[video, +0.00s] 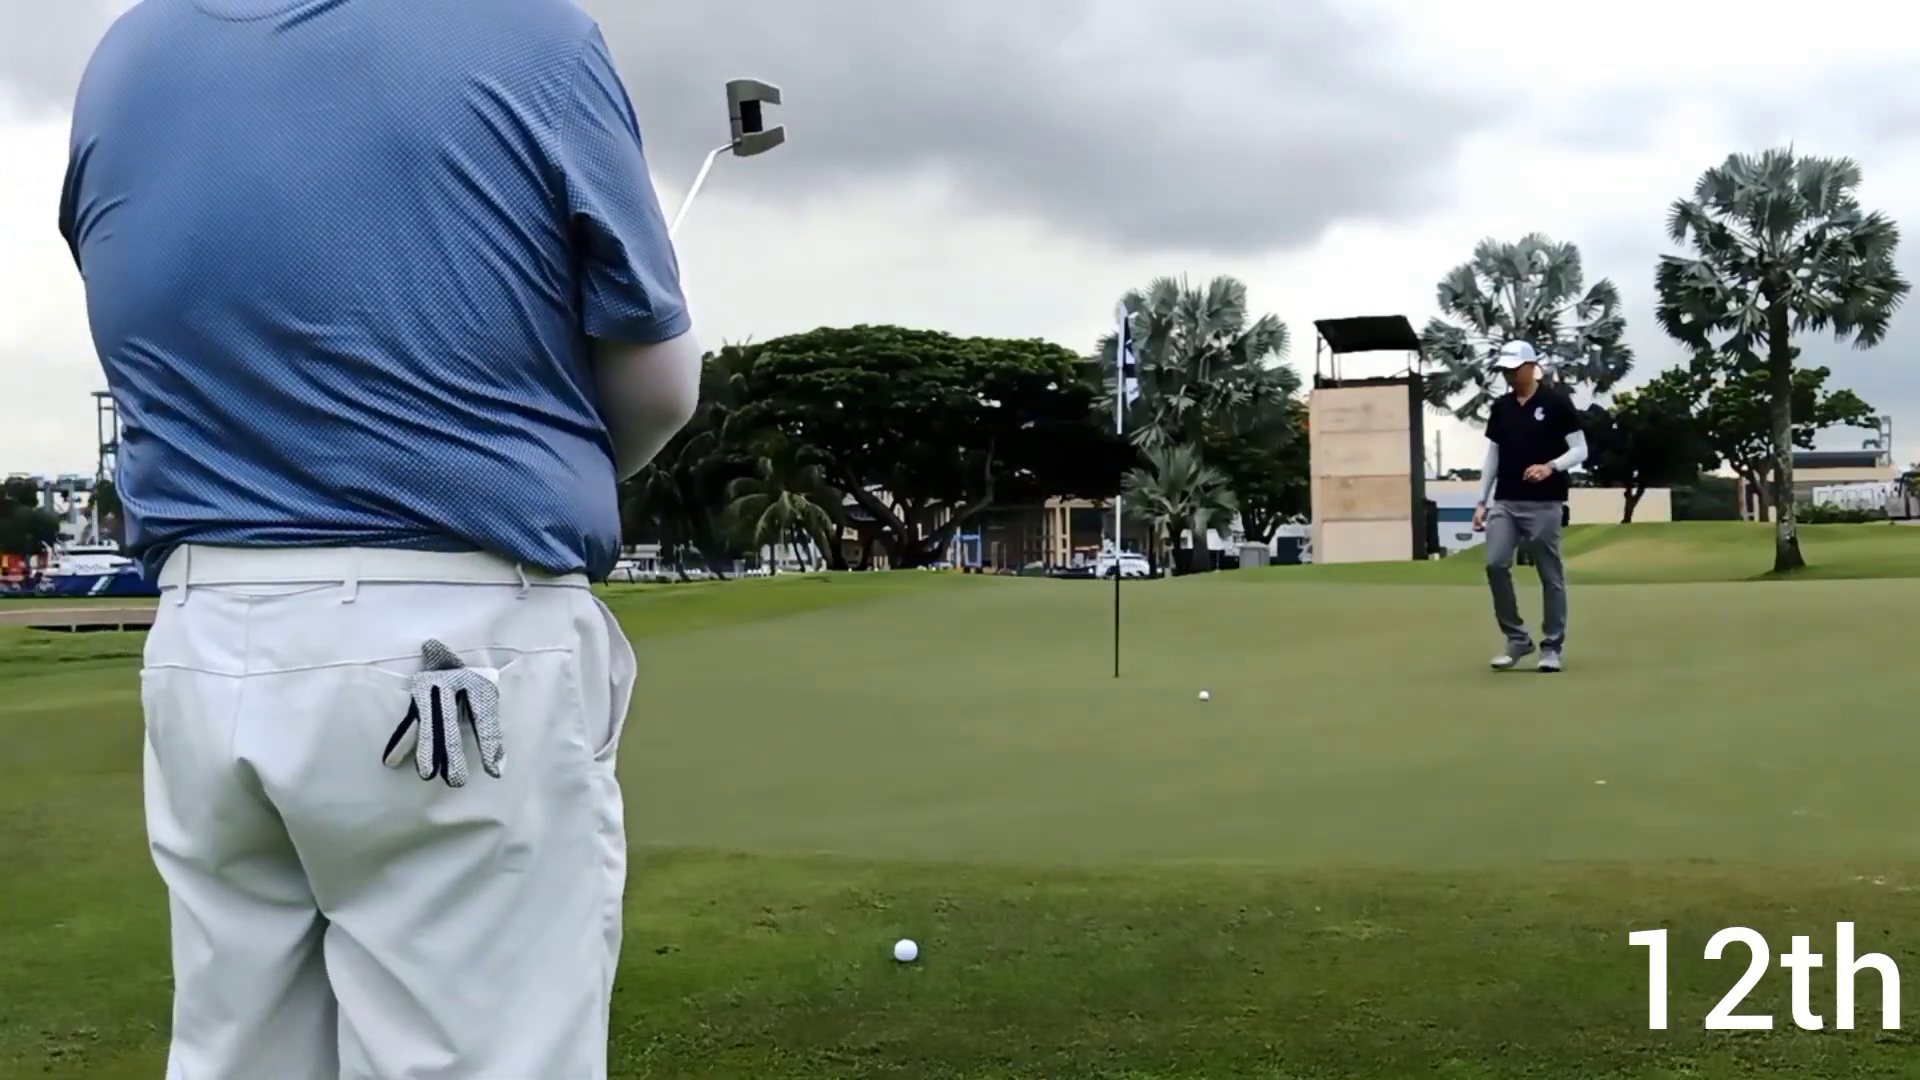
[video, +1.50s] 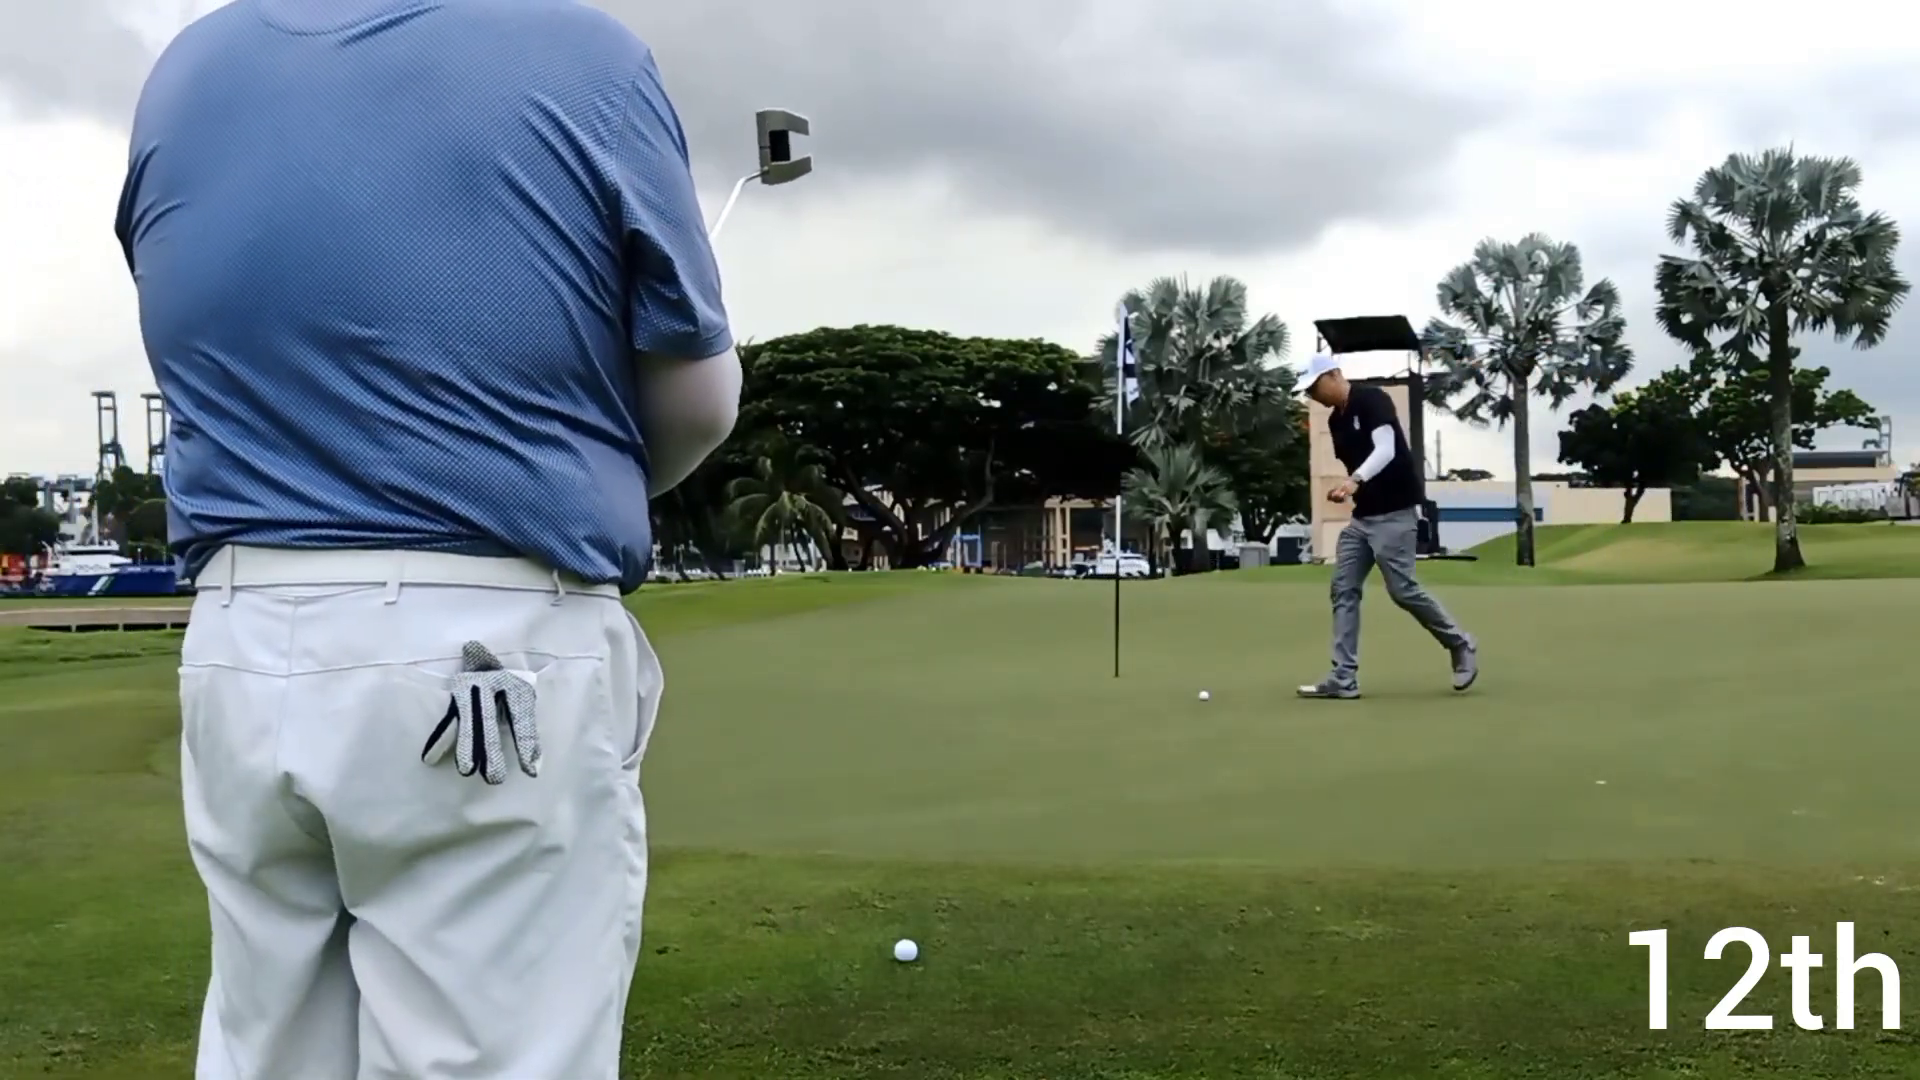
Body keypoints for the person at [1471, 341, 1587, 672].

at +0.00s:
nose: (1508, 376)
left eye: (1514, 369)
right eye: (1505, 370)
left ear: (1532, 367)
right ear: (1504, 371)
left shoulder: (1556, 402)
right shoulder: (1501, 407)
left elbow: (1580, 450)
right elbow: (1492, 455)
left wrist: (1551, 466)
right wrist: (1482, 500)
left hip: (1544, 507)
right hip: (1504, 505)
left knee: (1551, 577)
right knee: (1495, 565)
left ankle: (1552, 647)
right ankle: (1516, 640)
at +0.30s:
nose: (1491, 375)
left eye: (1496, 368)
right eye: (1485, 370)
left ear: (1504, 369)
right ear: (1475, 374)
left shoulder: (1524, 405)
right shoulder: (1463, 414)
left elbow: (1535, 451)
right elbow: (1458, 465)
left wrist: (1513, 482)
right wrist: (1455, 509)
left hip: (1514, 512)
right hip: (1472, 512)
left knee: (1531, 583)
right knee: (1468, 582)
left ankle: (1544, 645)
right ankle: (1475, 658)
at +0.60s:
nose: (1461, 369)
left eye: (1465, 362)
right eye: (1454, 364)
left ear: (1477, 363)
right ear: (1445, 368)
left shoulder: (1502, 402)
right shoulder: (1435, 409)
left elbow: (1527, 450)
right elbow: (1421, 457)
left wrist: (1551, 497)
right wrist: (1409, 500)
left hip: (1492, 504)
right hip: (1451, 508)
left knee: (1493, 567)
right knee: (1460, 586)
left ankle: (1501, 654)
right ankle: (1474, 658)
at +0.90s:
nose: (1435, 374)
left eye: (1441, 366)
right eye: (1430, 368)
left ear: (1458, 364)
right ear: (1425, 370)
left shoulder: (1487, 406)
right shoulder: (1420, 414)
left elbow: (1513, 458)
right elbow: (1409, 466)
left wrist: (1539, 504)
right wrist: (1390, 513)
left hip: (1477, 511)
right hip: (1436, 517)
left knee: (1476, 578)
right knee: (1434, 593)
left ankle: (1486, 665)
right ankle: (1463, 640)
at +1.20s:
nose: (1385, 373)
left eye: (1390, 366)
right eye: (1382, 368)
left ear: (1412, 359)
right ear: (1386, 368)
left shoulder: (1445, 393)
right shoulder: (1392, 405)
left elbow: (1456, 445)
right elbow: (1399, 456)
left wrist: (1436, 478)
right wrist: (1396, 502)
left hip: (1445, 516)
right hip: (1402, 516)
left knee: (1468, 590)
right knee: (1382, 579)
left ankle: (1483, 669)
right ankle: (1385, 670)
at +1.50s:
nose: (1314, 397)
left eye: (1314, 389)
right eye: (1310, 392)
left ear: (1333, 376)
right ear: (1324, 385)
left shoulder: (1371, 398)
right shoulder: (1336, 420)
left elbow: (1386, 449)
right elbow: (1359, 466)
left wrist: (1354, 481)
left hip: (1395, 517)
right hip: (1363, 520)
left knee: (1403, 591)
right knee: (1344, 589)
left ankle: (1460, 644)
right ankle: (1343, 677)